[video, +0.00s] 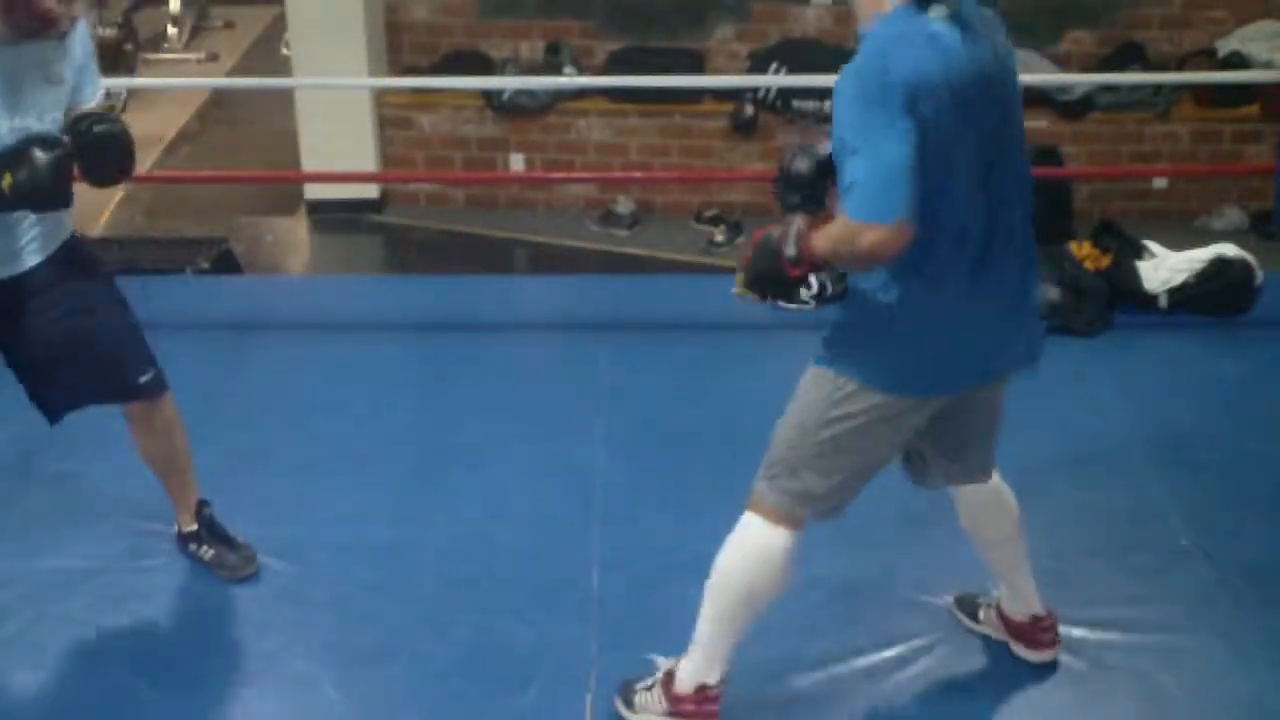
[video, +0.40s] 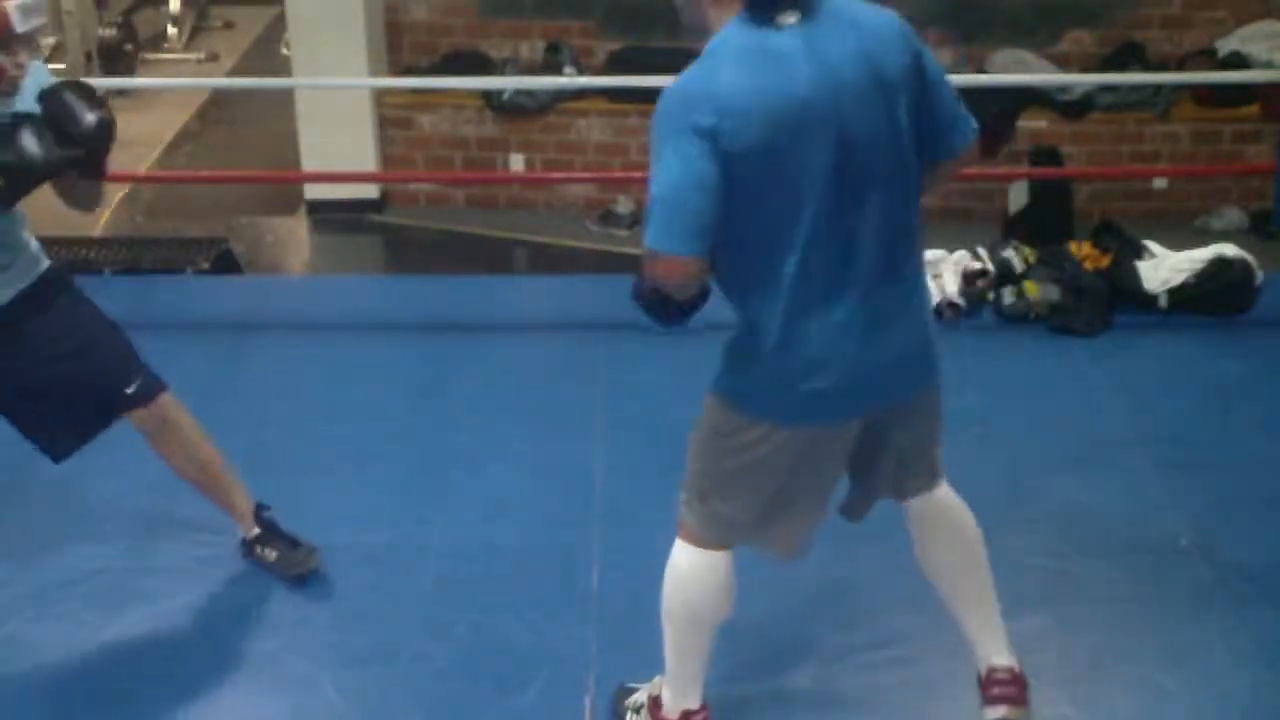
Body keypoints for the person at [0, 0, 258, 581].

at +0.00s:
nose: (59, 12)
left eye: (64, 3)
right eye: (43, 5)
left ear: (71, 3)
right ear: (11, 6)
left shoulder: (68, 30)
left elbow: (89, 112)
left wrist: (103, 146)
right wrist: (7, 183)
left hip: (42, 250)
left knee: (144, 385)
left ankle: (193, 522)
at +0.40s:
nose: (13, 60)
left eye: (19, 43)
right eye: (1, 46)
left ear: (30, 43)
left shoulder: (30, 80)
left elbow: (83, 198)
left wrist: (85, 147)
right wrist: (26, 160)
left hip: (17, 276)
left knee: (146, 398)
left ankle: (254, 525)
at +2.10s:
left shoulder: (254, 14)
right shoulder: (103, 21)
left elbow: (324, 135)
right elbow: (110, 157)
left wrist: (304, 70)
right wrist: (172, 88)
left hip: (253, 235)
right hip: (134, 242)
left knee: (346, 377)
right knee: (75, 382)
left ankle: (424, 516)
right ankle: (59, 476)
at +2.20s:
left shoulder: (303, 16)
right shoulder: (156, 14)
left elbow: (360, 142)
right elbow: (161, 150)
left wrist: (344, 62)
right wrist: (223, 78)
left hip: (280, 227)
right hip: (167, 231)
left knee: (369, 368)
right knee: (107, 373)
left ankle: (427, 517)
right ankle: (69, 476)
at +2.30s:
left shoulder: (337, 13)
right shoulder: (189, 11)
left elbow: (382, 145)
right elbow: (196, 145)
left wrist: (374, 71)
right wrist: (259, 80)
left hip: (298, 223)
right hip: (188, 221)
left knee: (378, 367)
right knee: (122, 358)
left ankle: (428, 518)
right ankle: (106, 461)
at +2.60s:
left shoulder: (334, 7)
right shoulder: (179, 8)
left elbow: (361, 123)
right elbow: (185, 134)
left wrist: (361, 86)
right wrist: (248, 72)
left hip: (321, 212)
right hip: (209, 218)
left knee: (409, 352)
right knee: (177, 356)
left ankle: (448, 506)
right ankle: (192, 438)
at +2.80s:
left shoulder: (357, 6)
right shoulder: (207, 6)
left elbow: (425, 100)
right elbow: (198, 117)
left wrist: (403, 31)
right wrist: (249, 61)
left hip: (351, 213)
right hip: (243, 214)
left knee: (425, 361)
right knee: (198, 345)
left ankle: (514, 502)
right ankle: (193, 435)